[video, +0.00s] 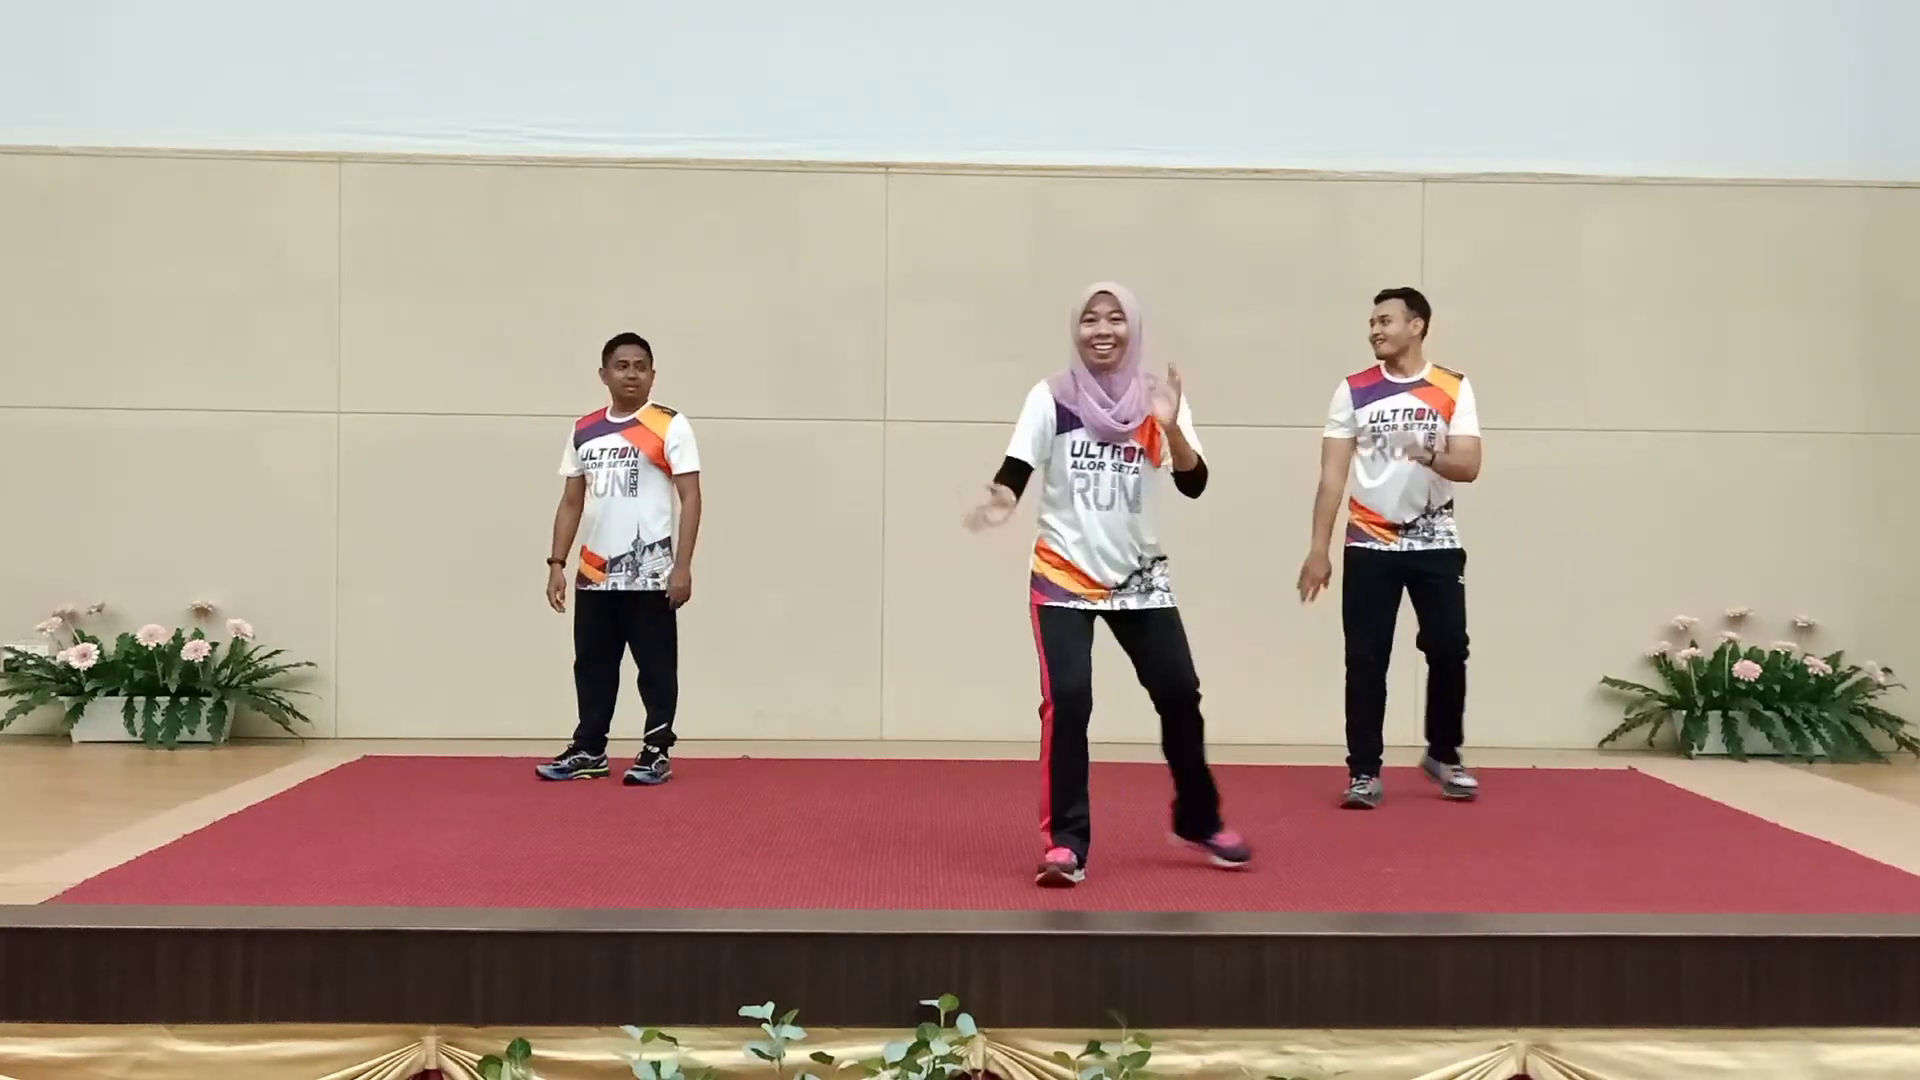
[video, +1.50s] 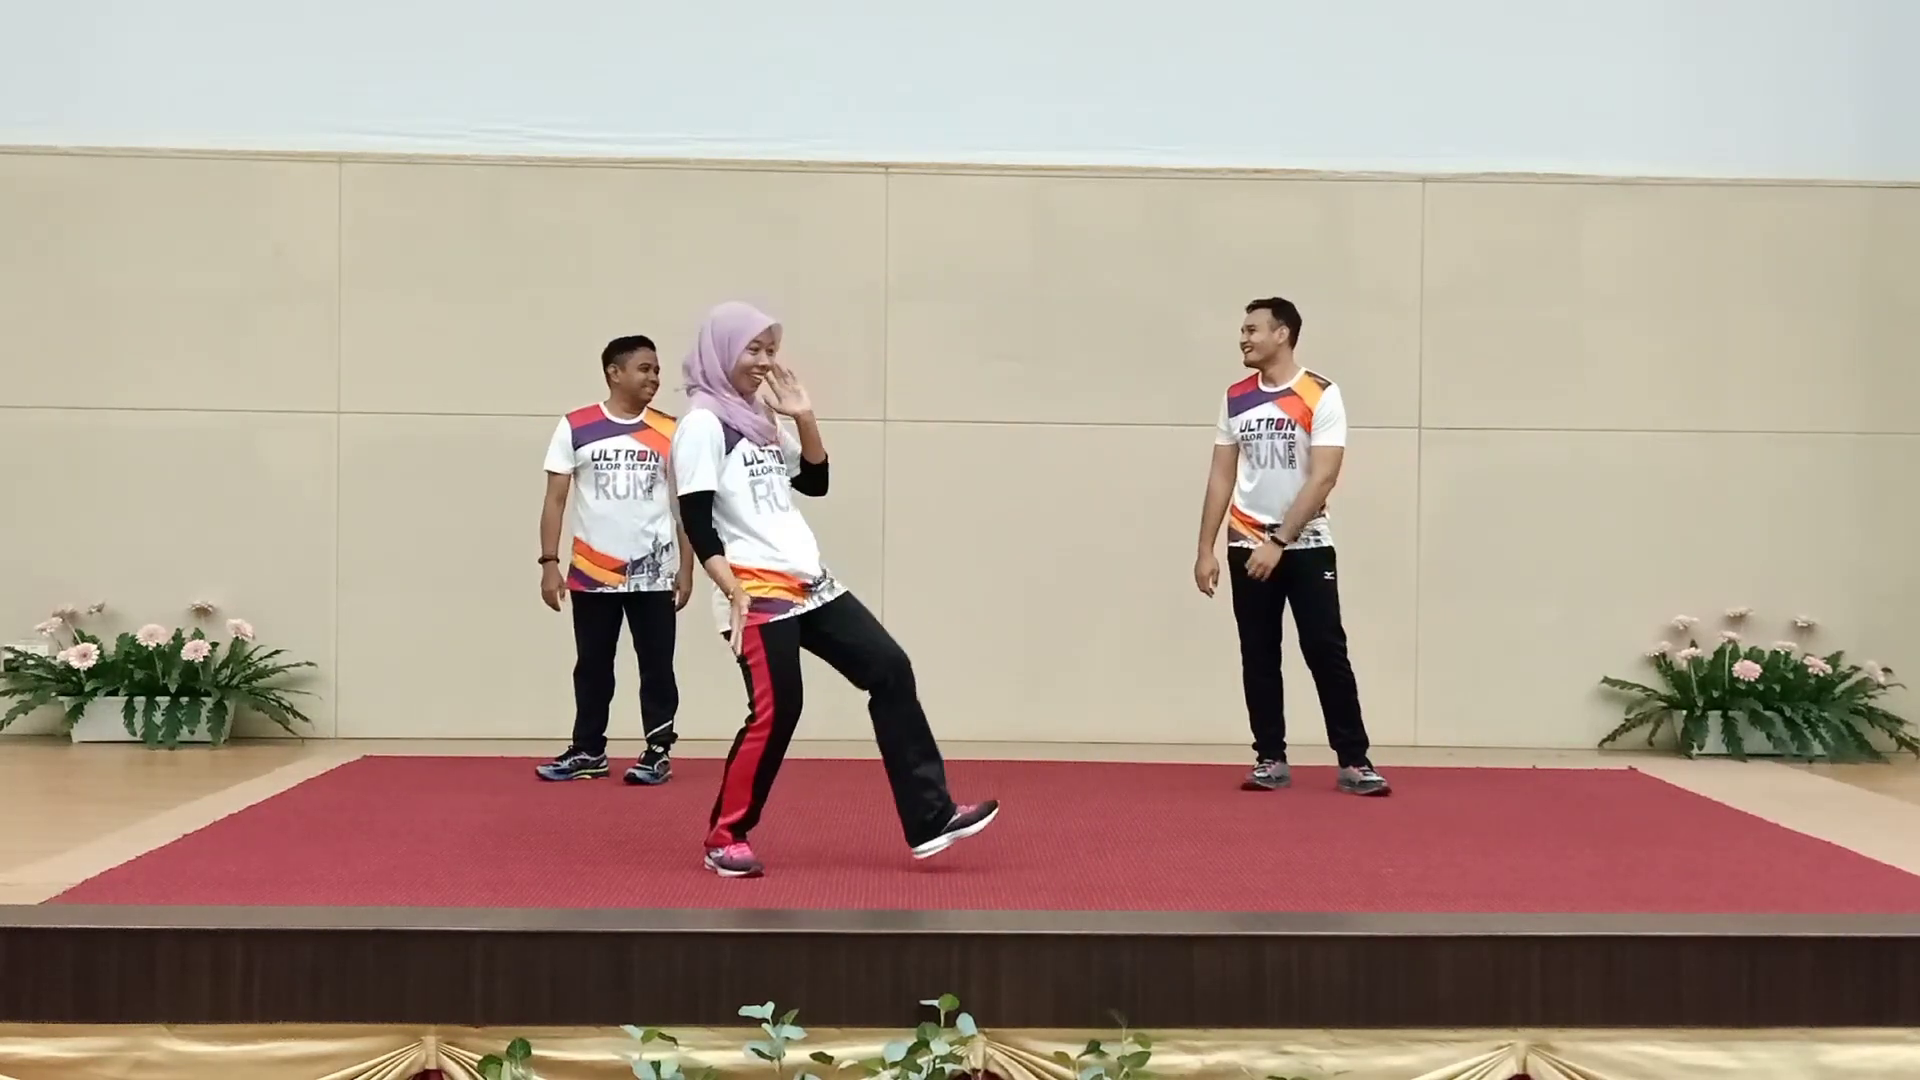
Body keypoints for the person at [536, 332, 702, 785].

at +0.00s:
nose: (632, 373)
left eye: (641, 366)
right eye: (622, 365)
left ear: (653, 373)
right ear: (604, 374)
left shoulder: (671, 427)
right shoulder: (584, 430)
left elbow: (691, 499)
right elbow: (571, 502)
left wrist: (683, 566)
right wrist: (557, 563)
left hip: (652, 575)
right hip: (596, 575)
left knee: (657, 670)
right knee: (593, 668)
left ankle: (656, 754)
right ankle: (589, 752)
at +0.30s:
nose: (649, 375)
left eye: (653, 368)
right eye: (639, 366)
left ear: (657, 373)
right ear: (611, 371)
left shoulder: (674, 429)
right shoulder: (578, 429)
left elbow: (694, 500)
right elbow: (562, 499)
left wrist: (691, 564)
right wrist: (551, 562)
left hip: (655, 575)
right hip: (596, 574)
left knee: (658, 669)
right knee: (592, 667)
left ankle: (656, 754)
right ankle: (589, 751)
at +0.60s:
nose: (657, 376)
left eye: (658, 368)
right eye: (647, 367)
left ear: (656, 373)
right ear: (615, 373)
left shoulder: (675, 431)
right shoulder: (578, 425)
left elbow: (688, 502)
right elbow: (558, 497)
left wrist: (690, 566)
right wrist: (554, 560)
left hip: (657, 573)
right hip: (596, 571)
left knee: (658, 667)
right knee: (593, 666)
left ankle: (657, 753)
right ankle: (588, 752)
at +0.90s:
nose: (657, 376)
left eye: (657, 368)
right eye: (647, 368)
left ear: (654, 373)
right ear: (616, 373)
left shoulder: (673, 430)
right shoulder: (578, 424)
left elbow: (686, 503)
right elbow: (561, 499)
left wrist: (690, 565)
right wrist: (567, 559)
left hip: (657, 570)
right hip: (596, 570)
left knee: (658, 666)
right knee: (593, 666)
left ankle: (657, 753)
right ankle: (588, 752)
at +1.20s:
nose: (657, 376)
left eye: (658, 368)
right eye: (647, 368)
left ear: (654, 374)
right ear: (615, 372)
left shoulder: (672, 431)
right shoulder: (577, 424)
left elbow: (684, 503)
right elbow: (559, 497)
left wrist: (686, 566)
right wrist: (562, 561)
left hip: (655, 569)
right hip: (595, 568)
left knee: (657, 666)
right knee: (592, 666)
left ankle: (658, 753)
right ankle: (588, 752)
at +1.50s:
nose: (655, 377)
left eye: (657, 370)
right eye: (645, 369)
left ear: (657, 376)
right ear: (614, 373)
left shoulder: (671, 431)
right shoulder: (576, 426)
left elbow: (685, 505)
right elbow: (555, 499)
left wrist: (687, 568)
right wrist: (550, 562)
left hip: (654, 572)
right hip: (594, 571)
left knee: (657, 667)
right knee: (592, 667)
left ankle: (658, 752)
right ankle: (588, 752)